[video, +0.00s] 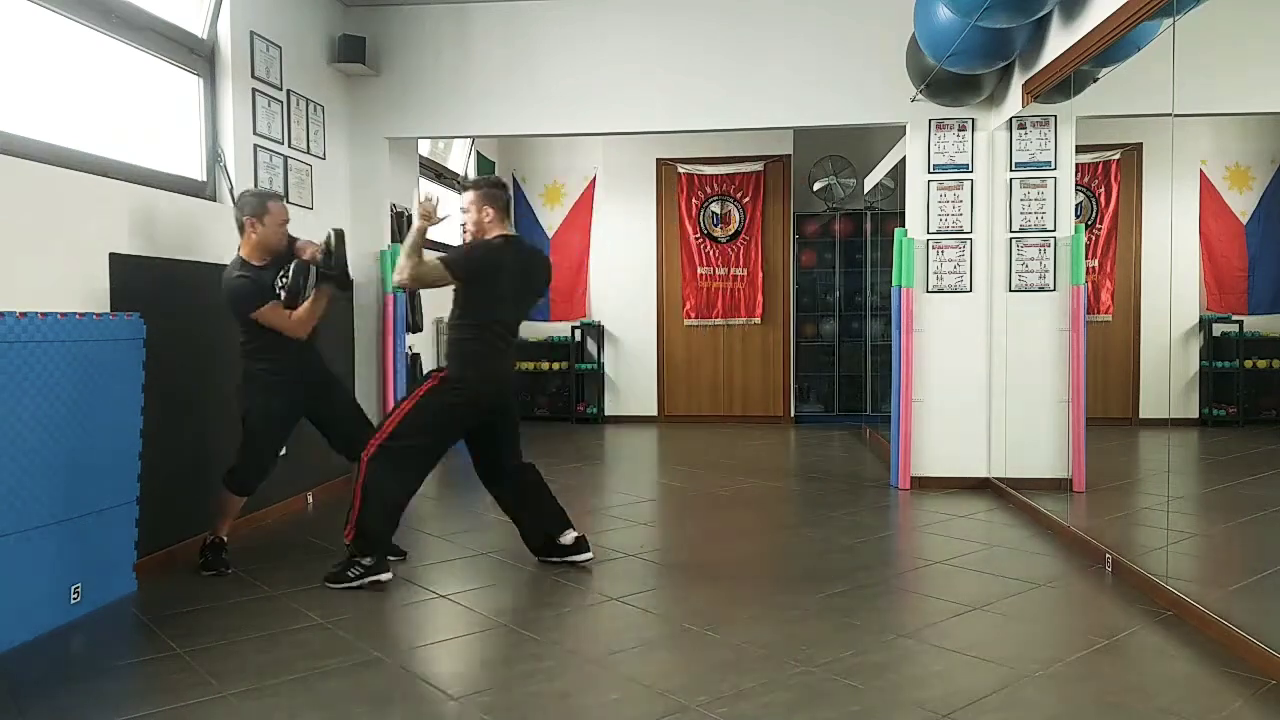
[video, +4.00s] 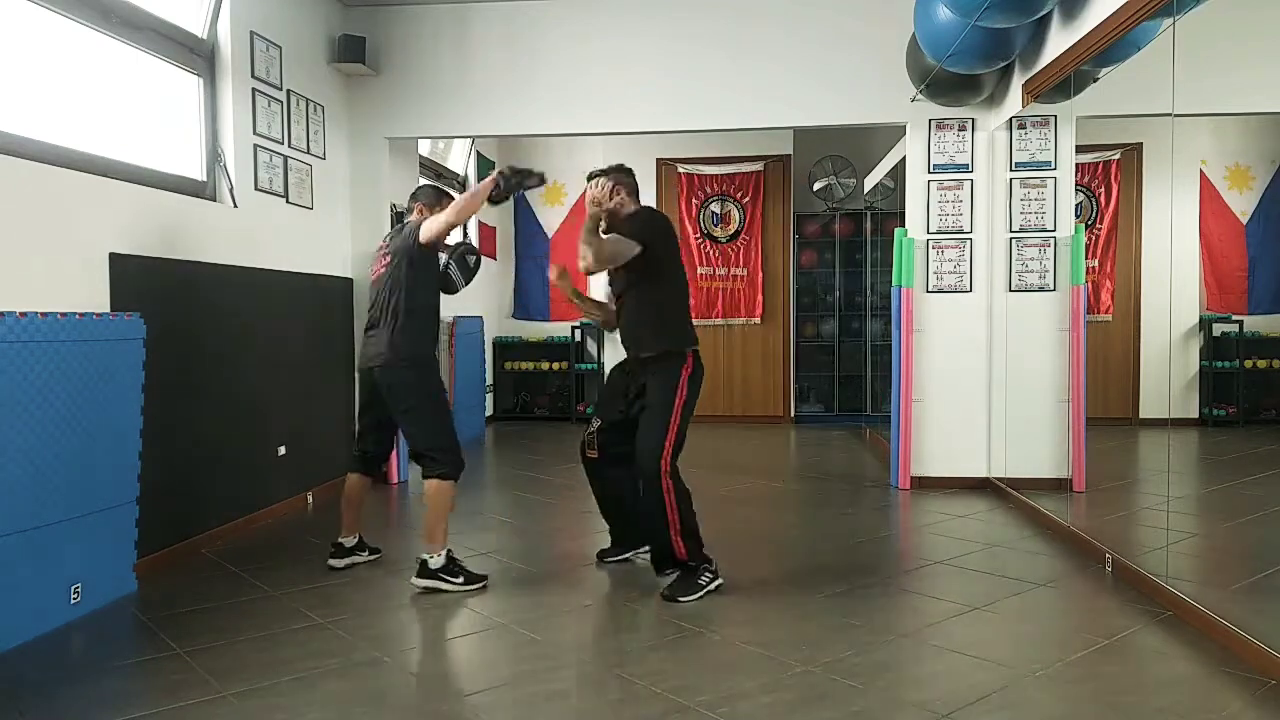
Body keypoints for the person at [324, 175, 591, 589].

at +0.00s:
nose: (463, 223)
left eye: (467, 214)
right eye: (463, 215)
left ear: (490, 214)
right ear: (503, 216)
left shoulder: (482, 255)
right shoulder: (537, 263)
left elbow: (406, 274)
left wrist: (419, 226)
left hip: (461, 380)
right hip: (498, 382)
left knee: (381, 455)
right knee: (504, 467)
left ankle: (366, 557)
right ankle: (562, 540)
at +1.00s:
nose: (467, 192)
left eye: (467, 184)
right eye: (467, 185)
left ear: (479, 180)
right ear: (509, 178)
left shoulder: (479, 218)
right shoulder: (543, 218)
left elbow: (415, 245)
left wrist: (416, 229)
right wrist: (446, 233)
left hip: (501, 351)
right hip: (533, 350)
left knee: (455, 441)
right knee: (488, 444)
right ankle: (478, 543)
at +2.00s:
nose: (747, 209)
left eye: (748, 198)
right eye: (743, 201)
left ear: (772, 189)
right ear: (774, 192)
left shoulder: (806, 228)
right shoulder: (789, 232)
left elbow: (754, 279)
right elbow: (762, 284)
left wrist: (719, 236)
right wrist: (733, 238)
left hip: (842, 371)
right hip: (804, 373)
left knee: (860, 467)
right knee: (769, 454)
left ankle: (911, 563)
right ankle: (798, 553)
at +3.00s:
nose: (739, 196)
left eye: (743, 187)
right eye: (739, 188)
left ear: (767, 189)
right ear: (766, 190)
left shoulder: (806, 232)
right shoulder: (766, 235)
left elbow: (740, 273)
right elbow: (719, 265)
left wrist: (743, 221)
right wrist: (710, 231)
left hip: (809, 376)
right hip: (761, 374)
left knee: (840, 471)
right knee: (714, 449)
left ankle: (898, 557)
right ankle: (712, 544)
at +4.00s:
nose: (592, 208)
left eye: (595, 199)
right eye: (591, 200)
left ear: (615, 192)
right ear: (619, 195)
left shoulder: (650, 222)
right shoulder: (624, 245)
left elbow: (591, 258)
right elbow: (611, 318)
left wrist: (591, 213)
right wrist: (571, 291)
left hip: (674, 363)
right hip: (637, 366)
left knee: (655, 462)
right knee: (599, 450)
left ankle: (696, 565)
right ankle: (630, 537)